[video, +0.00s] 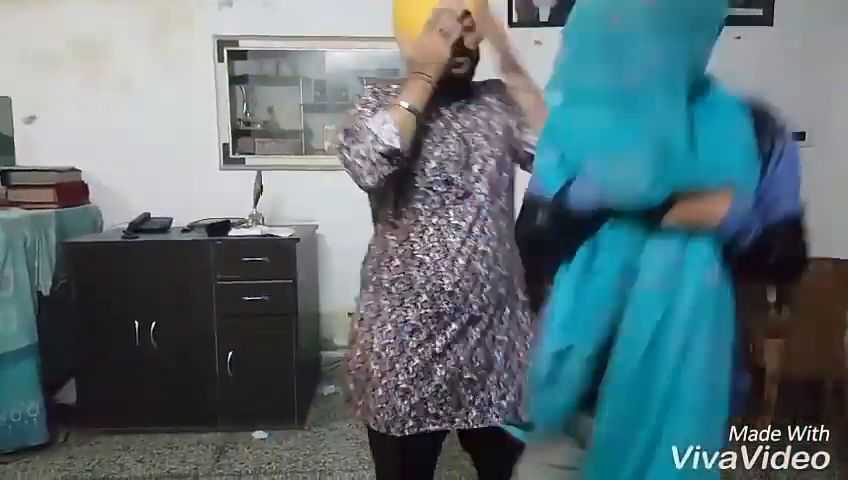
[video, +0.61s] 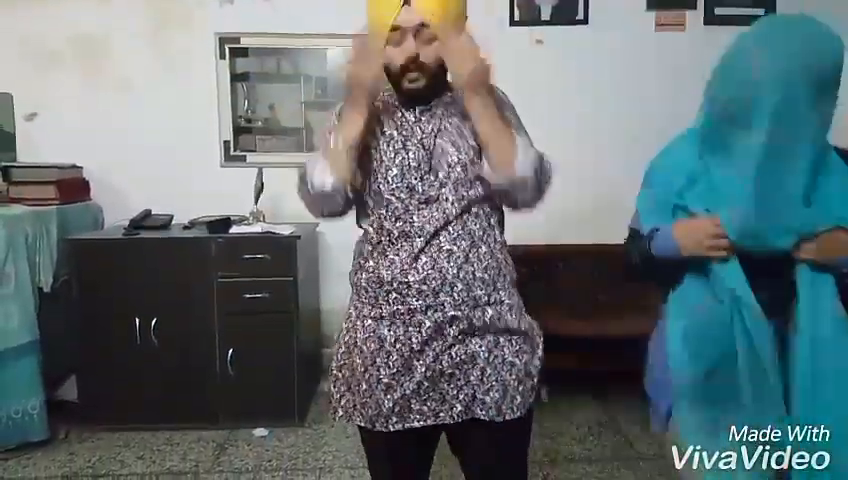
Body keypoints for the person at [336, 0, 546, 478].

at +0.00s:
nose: (463, 41)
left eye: (470, 27)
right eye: (445, 27)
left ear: (483, 37)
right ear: (412, 36)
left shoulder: (497, 107)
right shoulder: (382, 104)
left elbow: (560, 159)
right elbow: (368, 169)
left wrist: (511, 65)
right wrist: (422, 77)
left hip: (490, 331)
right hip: (406, 335)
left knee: (503, 467)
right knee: (404, 471)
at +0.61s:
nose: (411, 50)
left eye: (426, 35)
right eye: (396, 36)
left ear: (452, 41)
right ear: (377, 45)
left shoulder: (484, 105)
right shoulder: (360, 113)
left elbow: (524, 189)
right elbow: (324, 201)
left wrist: (477, 96)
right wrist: (357, 100)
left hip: (483, 341)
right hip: (389, 347)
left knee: (501, 471)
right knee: (395, 472)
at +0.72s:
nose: (397, 77)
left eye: (414, 65)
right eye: (390, 61)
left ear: (449, 65)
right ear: (382, 56)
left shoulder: (493, 116)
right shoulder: (361, 128)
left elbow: (524, 216)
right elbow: (337, 225)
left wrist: (492, 190)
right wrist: (364, 188)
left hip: (484, 337)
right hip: (390, 340)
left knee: (500, 470)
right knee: (391, 471)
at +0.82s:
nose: (421, 101)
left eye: (435, 87)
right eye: (407, 87)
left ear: (459, 79)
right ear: (391, 80)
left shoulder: (500, 138)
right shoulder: (362, 144)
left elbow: (514, 246)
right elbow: (345, 250)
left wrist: (484, 238)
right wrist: (364, 228)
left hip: (488, 364)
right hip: (390, 367)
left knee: (499, 472)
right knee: (390, 473)